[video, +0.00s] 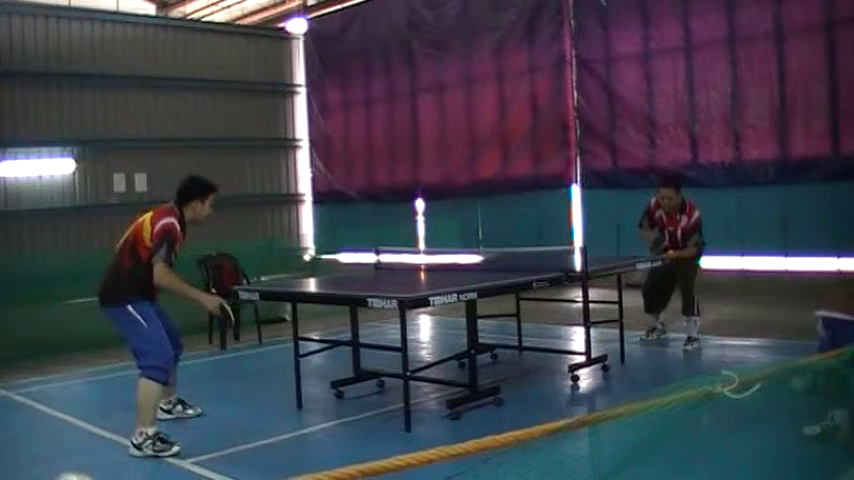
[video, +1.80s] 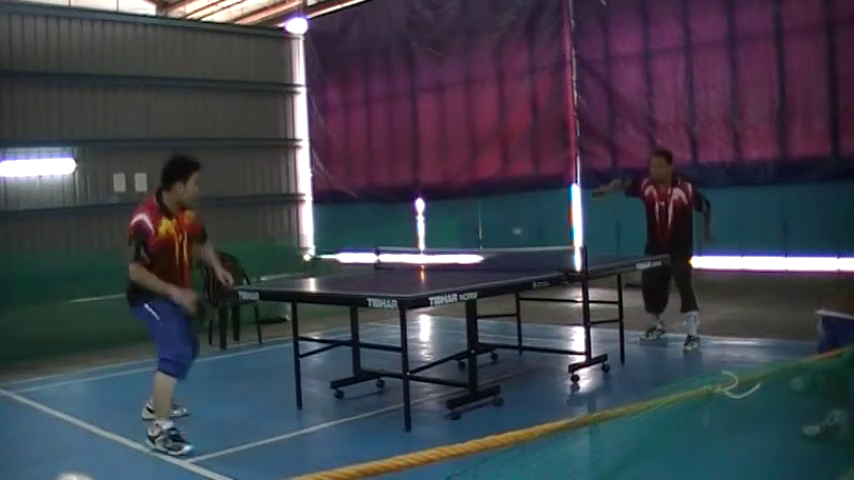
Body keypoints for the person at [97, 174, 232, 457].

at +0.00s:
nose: (210, 211)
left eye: (211, 205)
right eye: (209, 205)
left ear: (190, 201)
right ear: (194, 203)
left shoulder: (167, 216)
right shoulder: (168, 224)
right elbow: (160, 275)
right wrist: (202, 298)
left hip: (139, 295)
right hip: (123, 297)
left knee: (172, 347)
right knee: (157, 356)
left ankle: (167, 403)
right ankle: (143, 435)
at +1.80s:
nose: (197, 190)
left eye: (197, 184)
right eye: (193, 184)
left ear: (179, 185)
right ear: (176, 184)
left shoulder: (188, 215)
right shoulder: (146, 219)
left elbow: (202, 244)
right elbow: (135, 270)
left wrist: (217, 269)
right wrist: (175, 292)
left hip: (176, 294)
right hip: (149, 295)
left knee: (188, 348)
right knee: (174, 350)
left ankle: (158, 404)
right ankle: (160, 427)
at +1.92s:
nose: (200, 204)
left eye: (200, 198)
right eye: (196, 199)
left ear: (186, 201)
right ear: (176, 202)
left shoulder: (204, 226)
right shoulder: (144, 231)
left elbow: (229, 257)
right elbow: (118, 273)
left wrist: (231, 269)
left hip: (184, 302)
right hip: (153, 304)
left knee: (196, 355)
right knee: (185, 356)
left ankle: (156, 403)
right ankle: (195, 430)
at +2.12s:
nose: (209, 227)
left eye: (208, 221)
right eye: (203, 222)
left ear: (187, 228)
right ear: (183, 228)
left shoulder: (218, 242)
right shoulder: (155, 254)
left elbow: (255, 255)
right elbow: (122, 292)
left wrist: (275, 268)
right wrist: (106, 332)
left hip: (201, 315)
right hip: (171, 316)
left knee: (197, 366)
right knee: (206, 362)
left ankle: (157, 405)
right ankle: (206, 434)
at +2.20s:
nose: (215, 226)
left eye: (214, 219)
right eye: (209, 221)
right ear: (189, 228)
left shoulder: (222, 237)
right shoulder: (164, 256)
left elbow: (262, 239)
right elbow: (135, 297)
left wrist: (292, 262)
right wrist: (118, 338)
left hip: (206, 313)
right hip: (176, 316)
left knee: (199, 363)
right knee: (216, 354)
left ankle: (160, 400)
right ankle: (208, 434)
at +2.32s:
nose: (225, 216)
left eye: (226, 210)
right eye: (219, 211)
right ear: (199, 214)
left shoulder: (209, 221)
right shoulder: (187, 246)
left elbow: (232, 211)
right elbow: (193, 292)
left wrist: (262, 222)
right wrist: (233, 295)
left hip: (199, 306)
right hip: (179, 313)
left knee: (215, 345)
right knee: (229, 354)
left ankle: (179, 390)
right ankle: (210, 432)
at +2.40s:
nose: (229, 213)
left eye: (231, 207)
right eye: (225, 207)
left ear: (204, 206)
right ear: (207, 207)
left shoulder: (186, 221)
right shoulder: (205, 234)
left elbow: (223, 216)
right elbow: (250, 232)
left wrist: (252, 210)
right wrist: (277, 189)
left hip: (182, 310)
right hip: (184, 320)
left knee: (218, 337)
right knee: (235, 358)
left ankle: (190, 391)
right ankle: (211, 433)